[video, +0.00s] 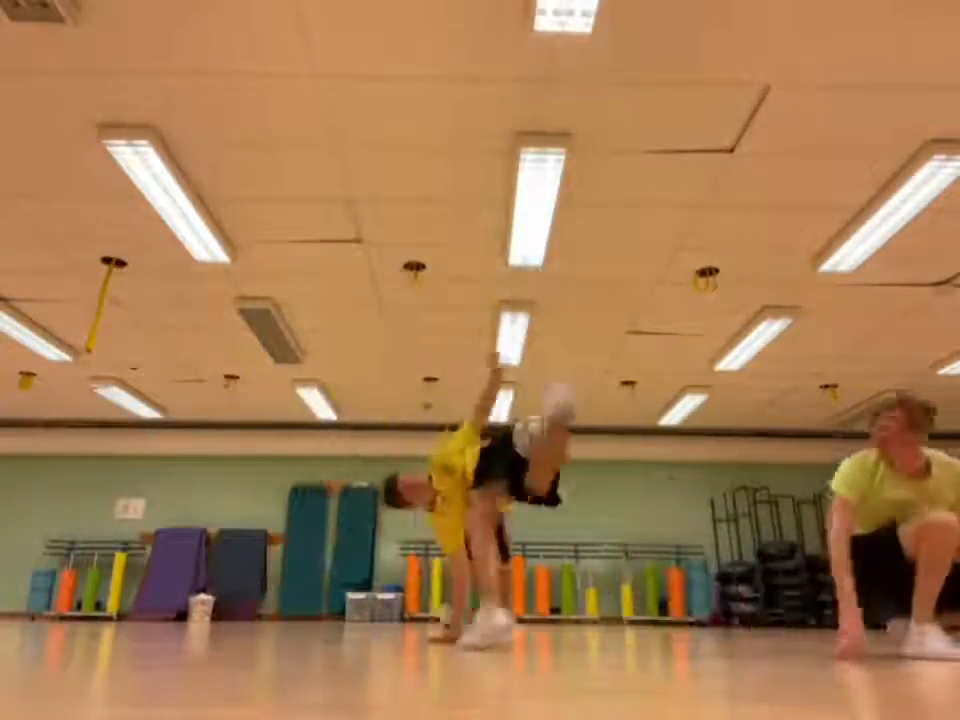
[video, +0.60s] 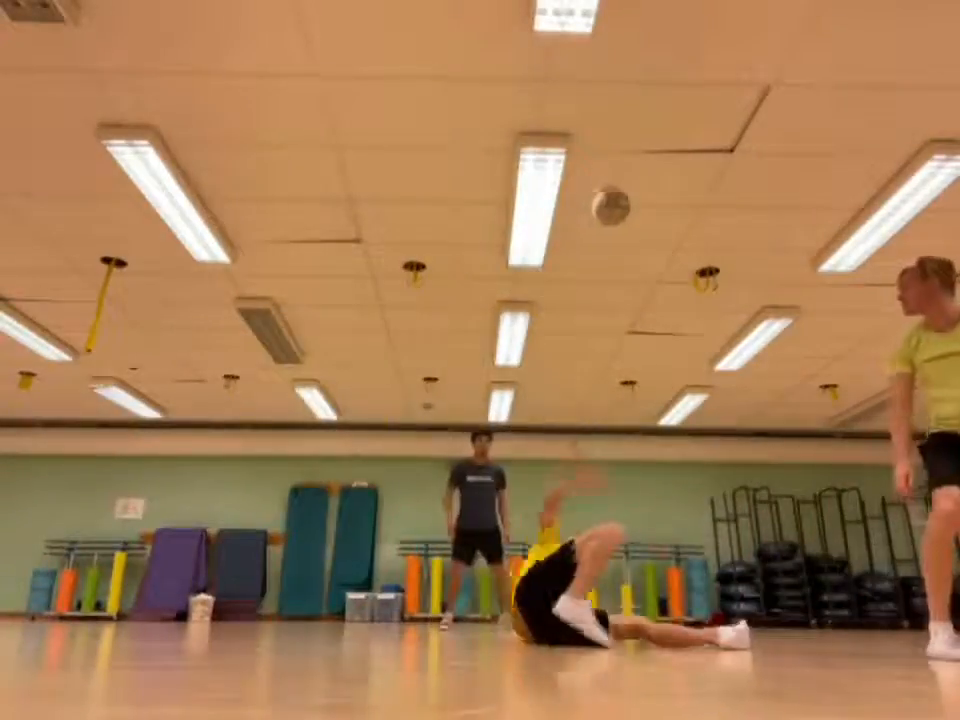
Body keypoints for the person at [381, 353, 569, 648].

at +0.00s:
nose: (416, 494)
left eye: (408, 488)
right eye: (410, 499)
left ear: (411, 478)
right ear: (412, 505)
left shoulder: (444, 459)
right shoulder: (444, 520)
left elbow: (477, 421)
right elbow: (459, 566)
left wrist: (494, 381)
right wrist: (456, 627)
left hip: (497, 453)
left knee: (479, 522)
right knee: (540, 484)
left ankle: (493, 614)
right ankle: (558, 424)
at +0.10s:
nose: (427, 478)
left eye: (422, 473)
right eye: (420, 482)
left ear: (426, 470)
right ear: (416, 497)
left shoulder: (455, 466)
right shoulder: (444, 523)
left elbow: (488, 449)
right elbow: (459, 568)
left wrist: (501, 430)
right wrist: (456, 626)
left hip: (518, 462)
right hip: (530, 501)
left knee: (476, 498)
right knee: (560, 481)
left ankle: (498, 541)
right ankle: (580, 448)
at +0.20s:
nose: (433, 477)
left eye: (428, 470)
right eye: (424, 481)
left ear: (434, 462)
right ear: (423, 491)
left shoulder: (470, 461)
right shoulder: (446, 521)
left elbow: (508, 470)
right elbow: (463, 571)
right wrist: (454, 631)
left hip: (541, 494)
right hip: (535, 535)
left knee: (517, 489)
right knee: (545, 507)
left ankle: (592, 493)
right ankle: (644, 495)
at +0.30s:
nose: (462, 451)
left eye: (457, 447)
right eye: (453, 452)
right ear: (446, 471)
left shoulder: (497, 472)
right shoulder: (460, 515)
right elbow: (464, 574)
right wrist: (454, 631)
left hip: (548, 528)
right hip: (525, 557)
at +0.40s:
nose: (508, 466)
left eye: (506, 461)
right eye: (501, 463)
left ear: (501, 469)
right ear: (488, 472)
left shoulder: (522, 502)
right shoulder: (482, 508)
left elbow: (524, 555)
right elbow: (468, 564)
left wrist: (511, 607)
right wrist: (450, 612)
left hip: (554, 577)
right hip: (525, 579)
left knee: (621, 529)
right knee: (591, 544)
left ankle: (671, 554)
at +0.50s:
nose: (562, 519)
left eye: (565, 515)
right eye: (557, 512)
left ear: (567, 519)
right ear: (545, 511)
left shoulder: (556, 550)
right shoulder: (527, 527)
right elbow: (495, 522)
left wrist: (528, 630)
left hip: (555, 610)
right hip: (527, 602)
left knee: (637, 588)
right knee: (598, 541)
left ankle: (714, 613)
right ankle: (558, 624)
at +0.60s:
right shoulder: (545, 550)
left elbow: (523, 633)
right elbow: (550, 505)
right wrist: (576, 485)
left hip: (549, 633)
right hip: (533, 588)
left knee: (638, 626)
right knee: (609, 533)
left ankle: (719, 637)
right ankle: (573, 600)